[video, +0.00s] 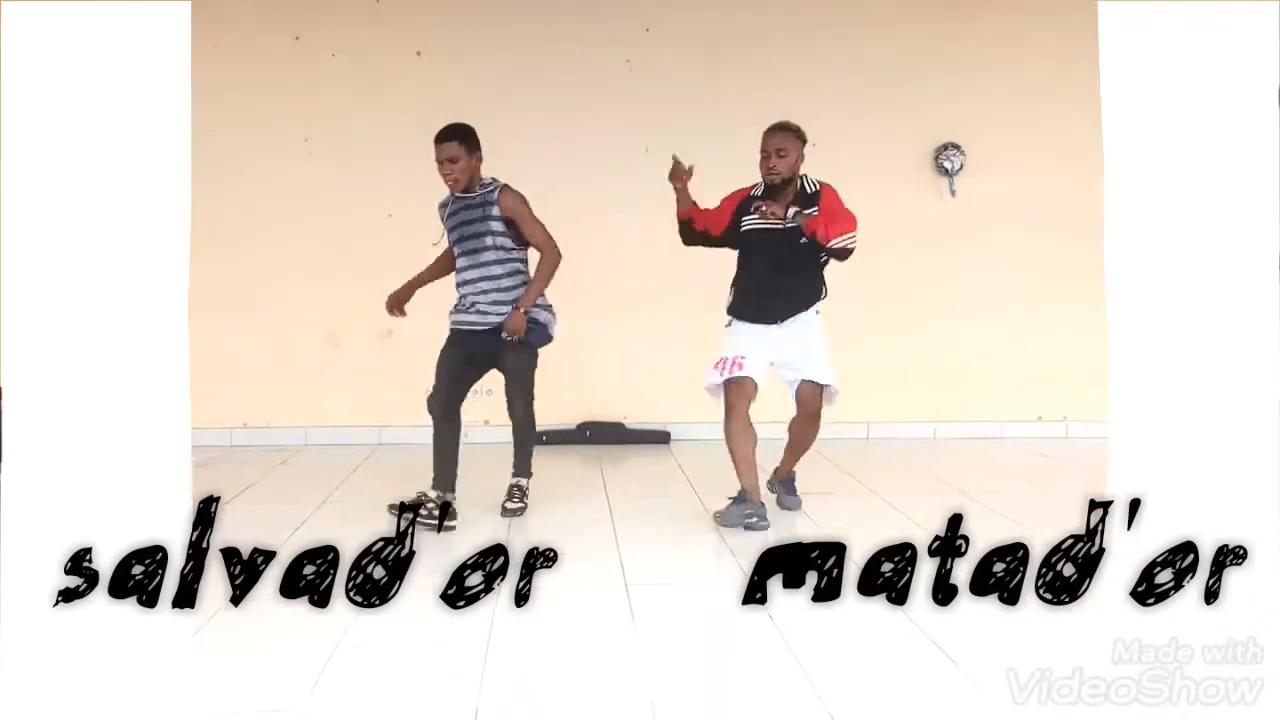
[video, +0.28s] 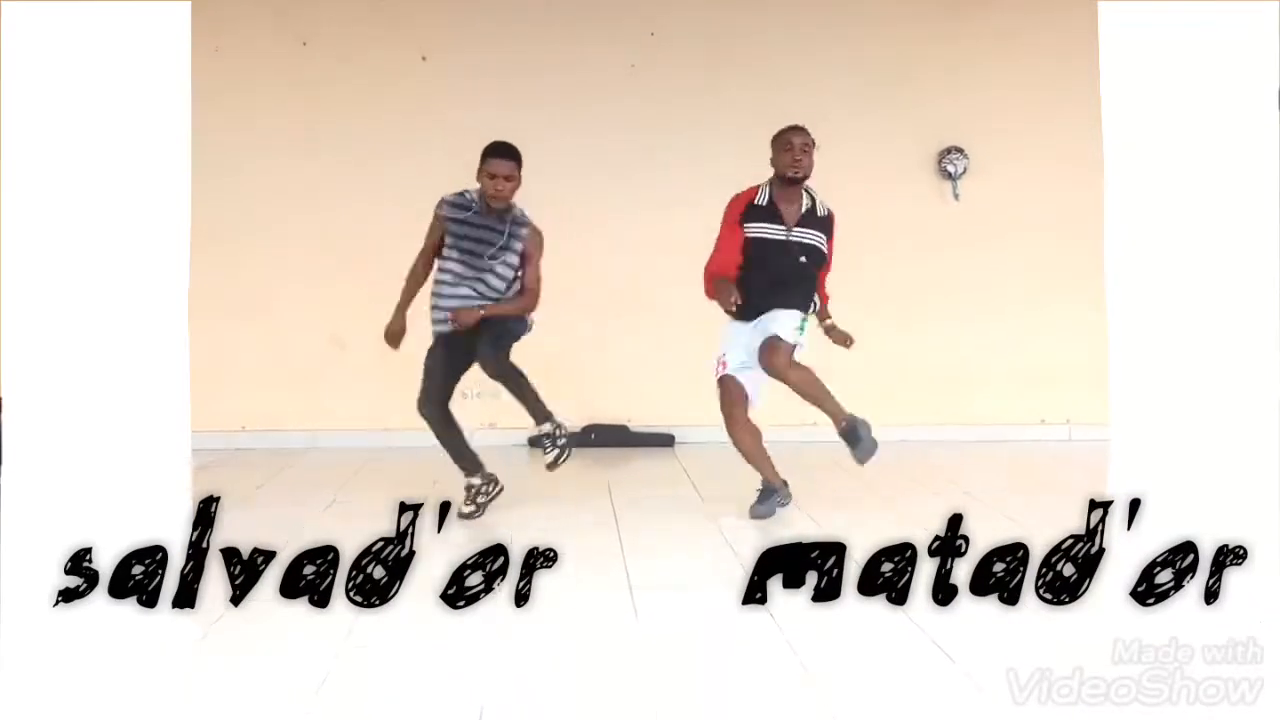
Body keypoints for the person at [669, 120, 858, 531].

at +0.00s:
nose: (772, 161)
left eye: (781, 153)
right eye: (765, 154)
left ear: (801, 156)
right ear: (759, 158)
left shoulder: (820, 196)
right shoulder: (744, 202)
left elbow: (844, 244)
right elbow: (694, 232)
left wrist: (795, 217)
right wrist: (681, 190)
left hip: (801, 319)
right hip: (748, 321)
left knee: (812, 402)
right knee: (736, 398)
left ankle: (785, 473)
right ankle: (751, 499)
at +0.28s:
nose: (798, 156)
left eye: (805, 150)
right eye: (788, 149)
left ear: (813, 159)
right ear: (771, 158)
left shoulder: (822, 216)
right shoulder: (744, 204)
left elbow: (818, 275)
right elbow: (719, 264)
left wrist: (827, 322)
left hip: (790, 308)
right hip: (745, 313)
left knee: (775, 359)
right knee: (731, 403)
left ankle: (845, 424)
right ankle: (774, 483)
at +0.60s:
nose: (770, 171)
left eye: (780, 163)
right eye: (763, 160)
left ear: (794, 164)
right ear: (753, 159)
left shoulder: (816, 211)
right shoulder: (731, 207)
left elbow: (834, 273)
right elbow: (711, 261)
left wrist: (846, 336)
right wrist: (706, 319)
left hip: (803, 300)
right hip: (750, 290)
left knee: (809, 393)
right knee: (781, 309)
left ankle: (791, 482)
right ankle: (737, 377)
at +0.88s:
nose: (779, 168)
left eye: (789, 160)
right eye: (772, 160)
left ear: (805, 164)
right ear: (764, 163)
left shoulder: (825, 205)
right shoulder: (742, 213)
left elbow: (857, 246)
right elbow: (708, 267)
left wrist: (846, 239)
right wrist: (698, 322)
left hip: (797, 325)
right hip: (747, 326)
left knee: (820, 400)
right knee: (736, 410)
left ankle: (840, 495)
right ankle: (719, 477)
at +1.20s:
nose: (813, 172)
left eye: (823, 164)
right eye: (806, 161)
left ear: (837, 165)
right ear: (794, 158)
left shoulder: (851, 217)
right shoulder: (762, 203)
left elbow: (870, 276)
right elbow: (739, 260)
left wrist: (853, 324)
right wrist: (727, 317)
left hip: (810, 335)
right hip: (755, 329)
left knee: (806, 421)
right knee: (742, 418)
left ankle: (792, 514)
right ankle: (747, 484)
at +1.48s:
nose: (791, 180)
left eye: (802, 172)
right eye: (786, 171)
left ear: (820, 175)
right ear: (778, 173)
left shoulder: (833, 221)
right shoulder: (766, 196)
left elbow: (803, 274)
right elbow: (716, 185)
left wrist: (761, 239)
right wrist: (682, 144)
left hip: (807, 332)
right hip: (760, 318)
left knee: (796, 425)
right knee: (697, 368)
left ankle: (793, 520)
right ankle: (695, 411)